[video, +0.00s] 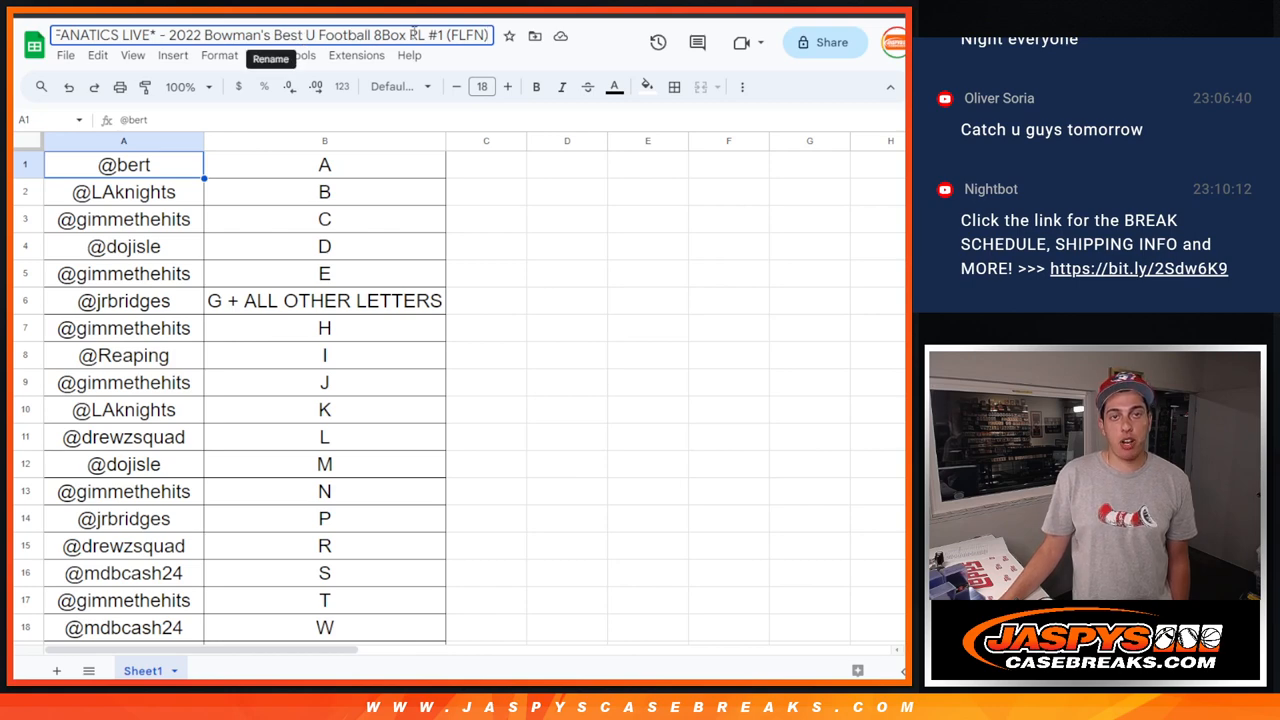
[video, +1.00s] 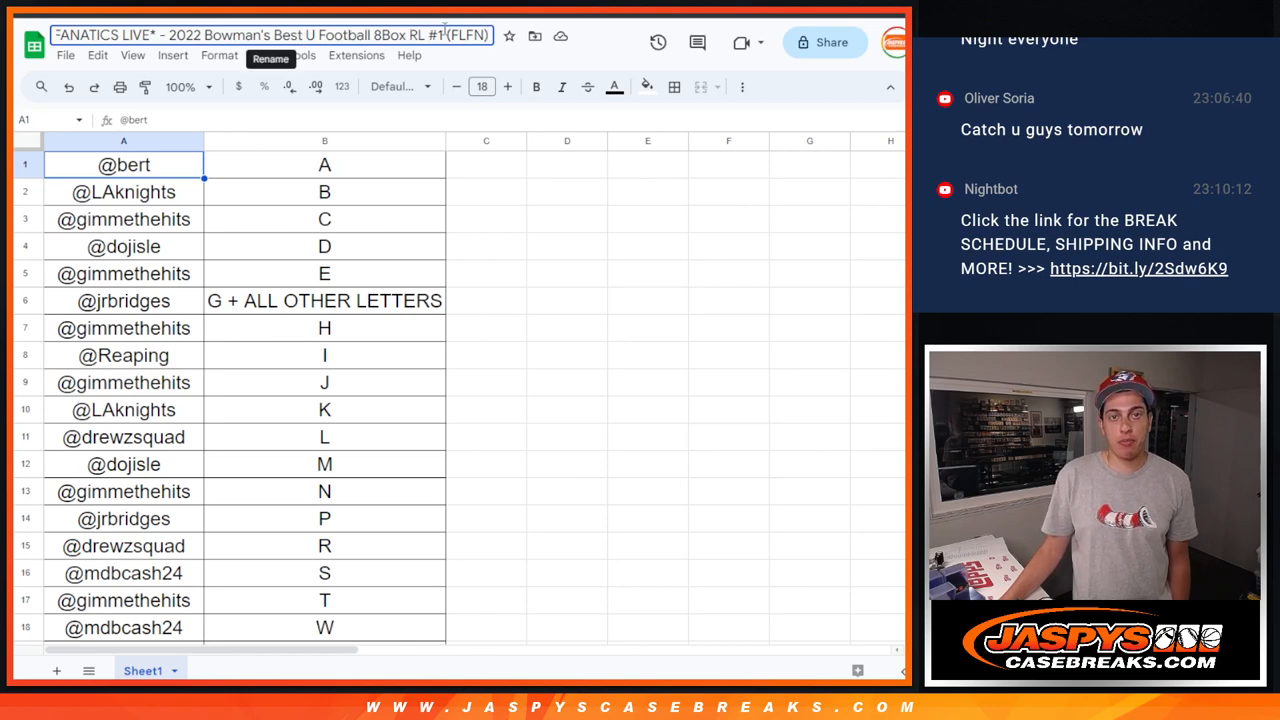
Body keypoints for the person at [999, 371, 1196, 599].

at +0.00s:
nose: (1126, 426)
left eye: (1136, 414)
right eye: (1115, 416)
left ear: (1149, 421)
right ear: (1102, 425)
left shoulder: (1175, 481)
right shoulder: (1074, 475)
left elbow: (1179, 556)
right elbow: (1051, 549)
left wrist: (1179, 610)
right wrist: (1008, 599)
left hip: (1152, 606)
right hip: (1090, 605)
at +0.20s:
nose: (1126, 428)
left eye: (1135, 415)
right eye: (1114, 417)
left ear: (1150, 421)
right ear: (1102, 425)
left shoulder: (1175, 481)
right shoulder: (1074, 475)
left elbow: (1179, 556)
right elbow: (1051, 549)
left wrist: (1179, 610)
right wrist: (1007, 599)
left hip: (1153, 606)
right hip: (1090, 605)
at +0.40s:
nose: (1125, 428)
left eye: (1135, 416)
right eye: (1114, 417)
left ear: (1149, 421)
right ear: (1102, 426)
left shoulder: (1175, 481)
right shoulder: (1074, 475)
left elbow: (1179, 556)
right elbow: (1051, 549)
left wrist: (1179, 610)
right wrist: (1007, 599)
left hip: (1153, 606)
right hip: (1090, 606)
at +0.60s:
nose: (1125, 428)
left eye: (1135, 415)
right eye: (1114, 417)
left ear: (1149, 421)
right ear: (1101, 425)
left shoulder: (1175, 481)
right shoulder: (1074, 476)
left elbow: (1179, 557)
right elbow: (1051, 549)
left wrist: (1179, 610)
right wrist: (1007, 599)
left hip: (1153, 608)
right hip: (1090, 608)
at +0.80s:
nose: (1125, 427)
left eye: (1135, 415)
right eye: (1114, 416)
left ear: (1149, 421)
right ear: (1101, 425)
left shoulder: (1175, 481)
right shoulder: (1074, 476)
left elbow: (1179, 557)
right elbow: (1051, 549)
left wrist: (1179, 610)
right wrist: (1007, 599)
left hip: (1153, 608)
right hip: (1090, 608)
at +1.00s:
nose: (1125, 427)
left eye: (1135, 415)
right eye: (1114, 416)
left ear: (1150, 421)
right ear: (1101, 425)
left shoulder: (1175, 481)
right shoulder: (1074, 476)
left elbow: (1179, 557)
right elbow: (1051, 549)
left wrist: (1179, 611)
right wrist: (1007, 600)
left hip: (1153, 608)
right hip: (1090, 608)